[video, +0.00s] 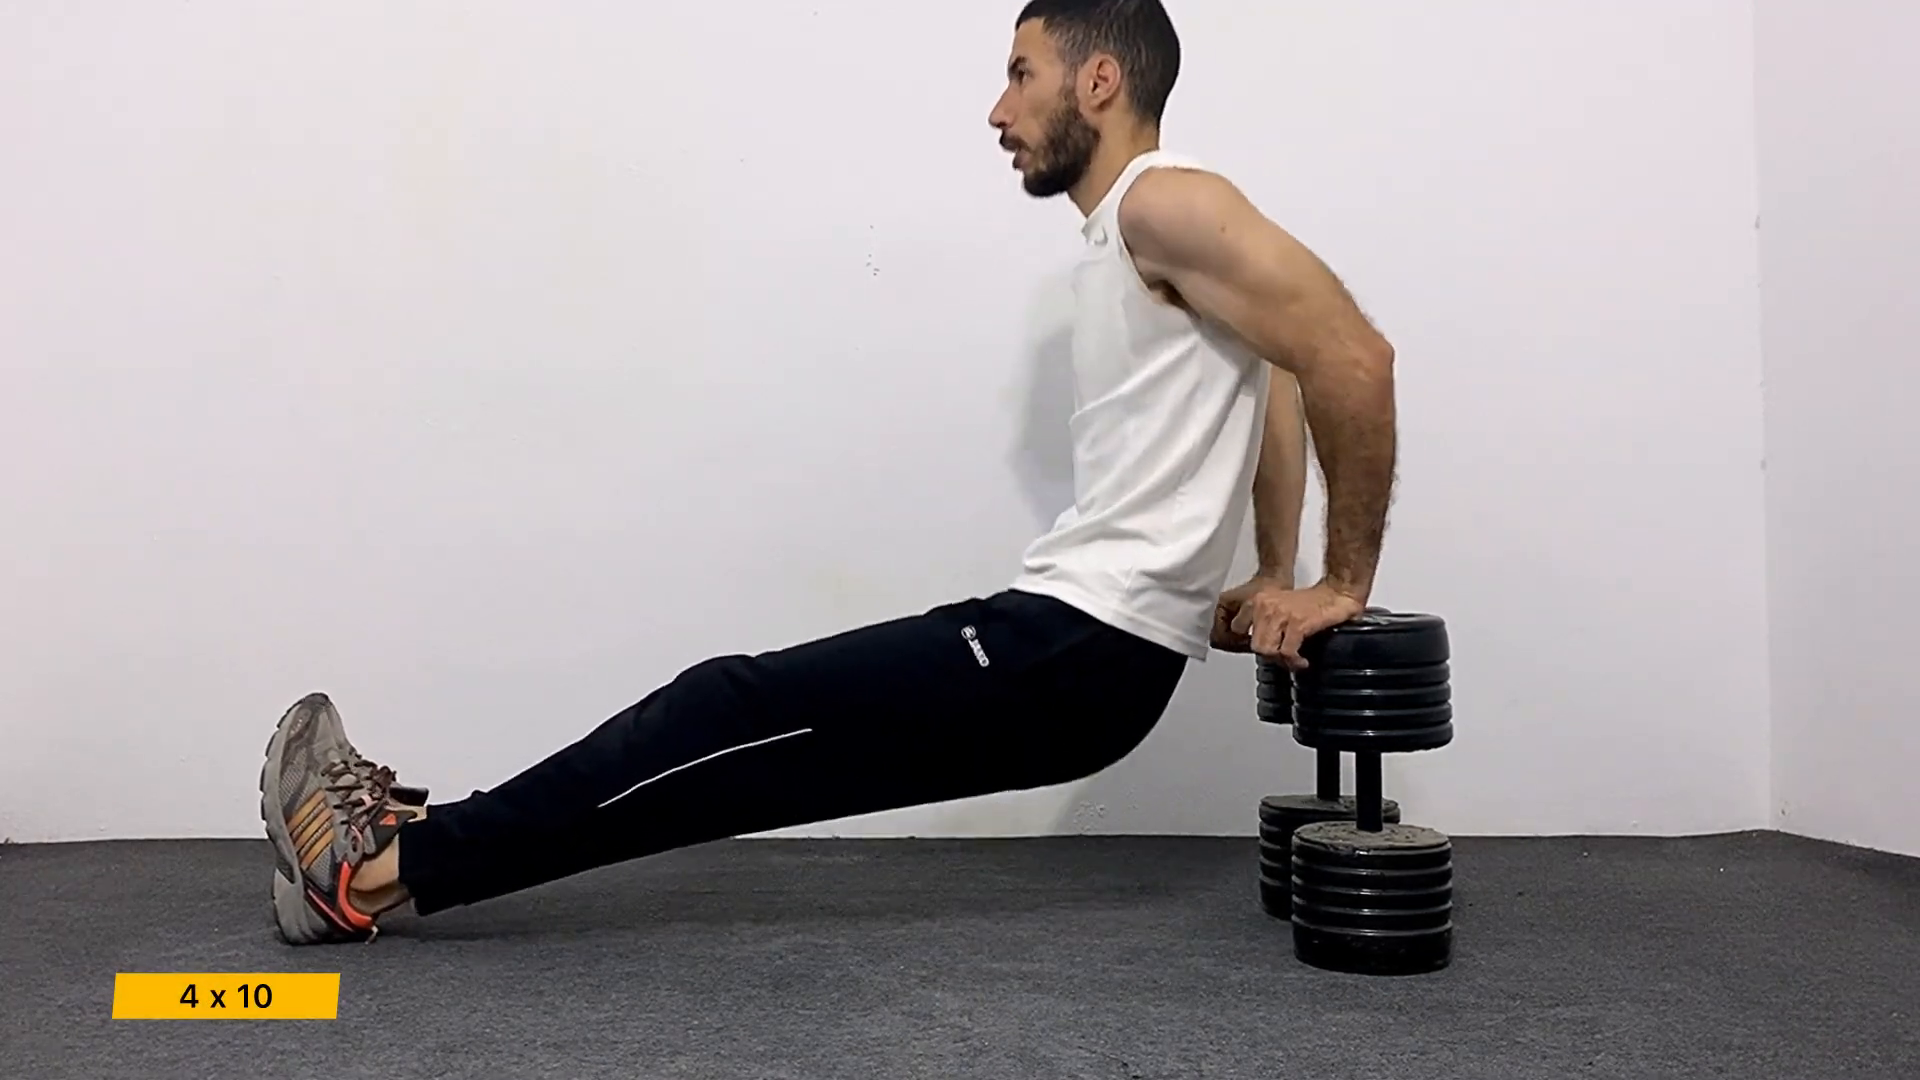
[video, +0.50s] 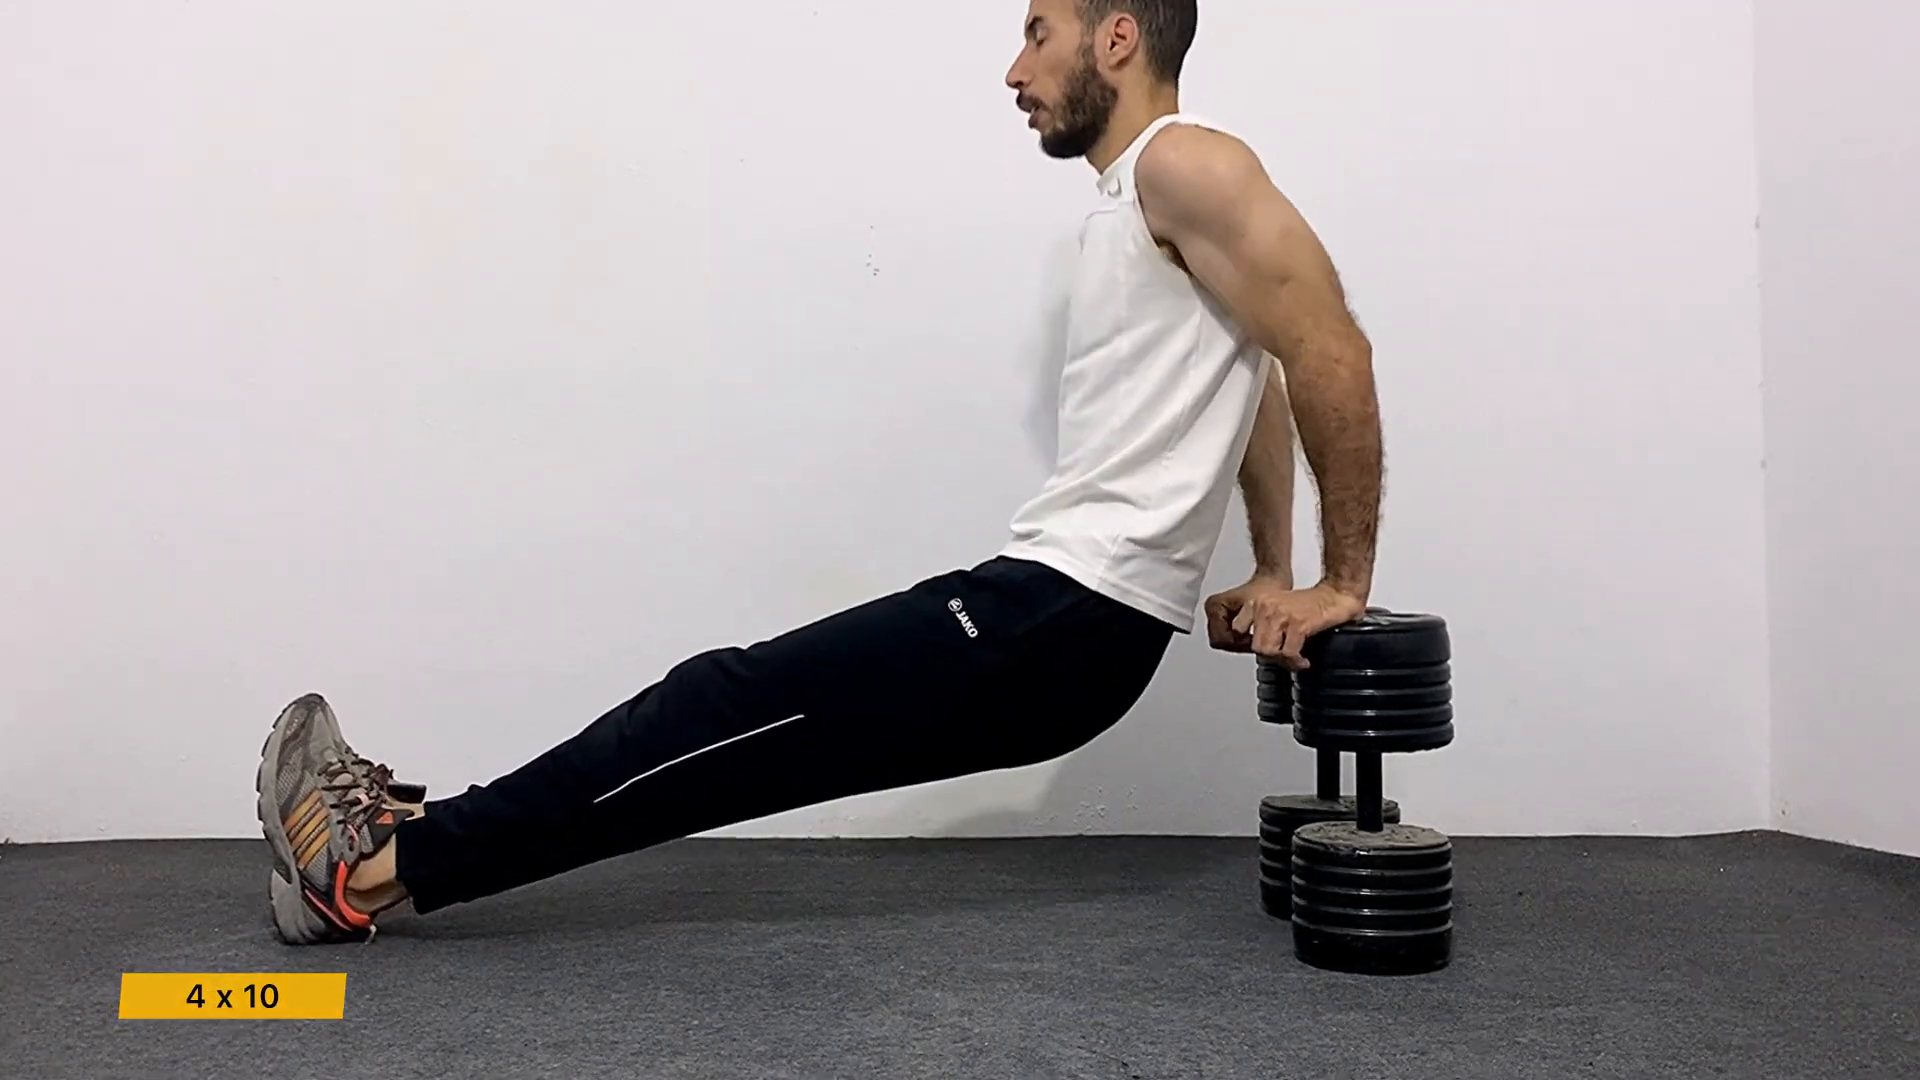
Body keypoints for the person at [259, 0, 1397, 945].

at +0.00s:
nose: (1000, 104)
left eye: (1023, 74)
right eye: (1006, 76)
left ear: (1102, 83)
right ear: (1095, 90)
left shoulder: (1172, 207)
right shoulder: (1144, 231)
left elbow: (1355, 358)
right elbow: (1276, 400)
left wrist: (1351, 585)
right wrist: (1269, 580)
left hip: (1084, 647)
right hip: (1071, 636)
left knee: (723, 724)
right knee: (724, 715)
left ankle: (390, 875)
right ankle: (416, 849)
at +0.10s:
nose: (1010, 70)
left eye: (1029, 41)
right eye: (1015, 44)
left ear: (1113, 42)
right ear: (1105, 48)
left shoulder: (1183, 166)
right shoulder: (1149, 190)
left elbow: (1332, 357)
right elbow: (1261, 387)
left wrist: (1351, 583)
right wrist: (1265, 575)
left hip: (1078, 611)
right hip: (1058, 596)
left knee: (728, 713)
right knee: (724, 701)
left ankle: (390, 873)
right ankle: (417, 843)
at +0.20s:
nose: (1022, 51)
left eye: (1041, 17)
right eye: (1026, 22)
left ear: (1126, 19)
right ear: (1111, 27)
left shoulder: (1188, 144)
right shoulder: (1149, 165)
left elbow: (1312, 358)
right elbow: (1251, 382)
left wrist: (1347, 580)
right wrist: (1267, 572)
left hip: (1063, 593)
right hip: (1045, 579)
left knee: (718, 711)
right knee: (714, 699)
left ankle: (380, 877)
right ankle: (420, 840)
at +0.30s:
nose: (1025, 44)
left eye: (1046, 14)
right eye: (1028, 18)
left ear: (1132, 17)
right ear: (1107, 26)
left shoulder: (1190, 141)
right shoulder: (1149, 164)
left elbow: (1310, 359)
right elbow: (1248, 381)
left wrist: (1347, 581)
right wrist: (1266, 571)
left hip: (1062, 591)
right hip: (1037, 573)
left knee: (717, 707)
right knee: (709, 690)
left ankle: (384, 875)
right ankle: (413, 842)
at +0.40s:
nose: (1024, 48)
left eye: (1047, 19)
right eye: (1029, 22)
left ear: (1133, 25)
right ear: (1113, 34)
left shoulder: (1193, 153)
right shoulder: (1148, 172)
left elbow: (1319, 361)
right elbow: (1249, 382)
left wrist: (1350, 582)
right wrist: (1266, 570)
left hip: (1066, 598)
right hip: (1043, 580)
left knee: (717, 715)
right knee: (710, 700)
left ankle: (385, 875)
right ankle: (413, 841)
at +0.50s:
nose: (1015, 66)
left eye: (1036, 36)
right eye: (1021, 39)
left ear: (1120, 40)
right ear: (1109, 46)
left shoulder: (1188, 164)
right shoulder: (1151, 189)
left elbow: (1334, 350)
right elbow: (1262, 389)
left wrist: (1351, 583)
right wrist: (1267, 578)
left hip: (1074, 617)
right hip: (1051, 599)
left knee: (722, 719)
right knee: (715, 707)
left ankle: (388, 874)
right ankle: (414, 843)